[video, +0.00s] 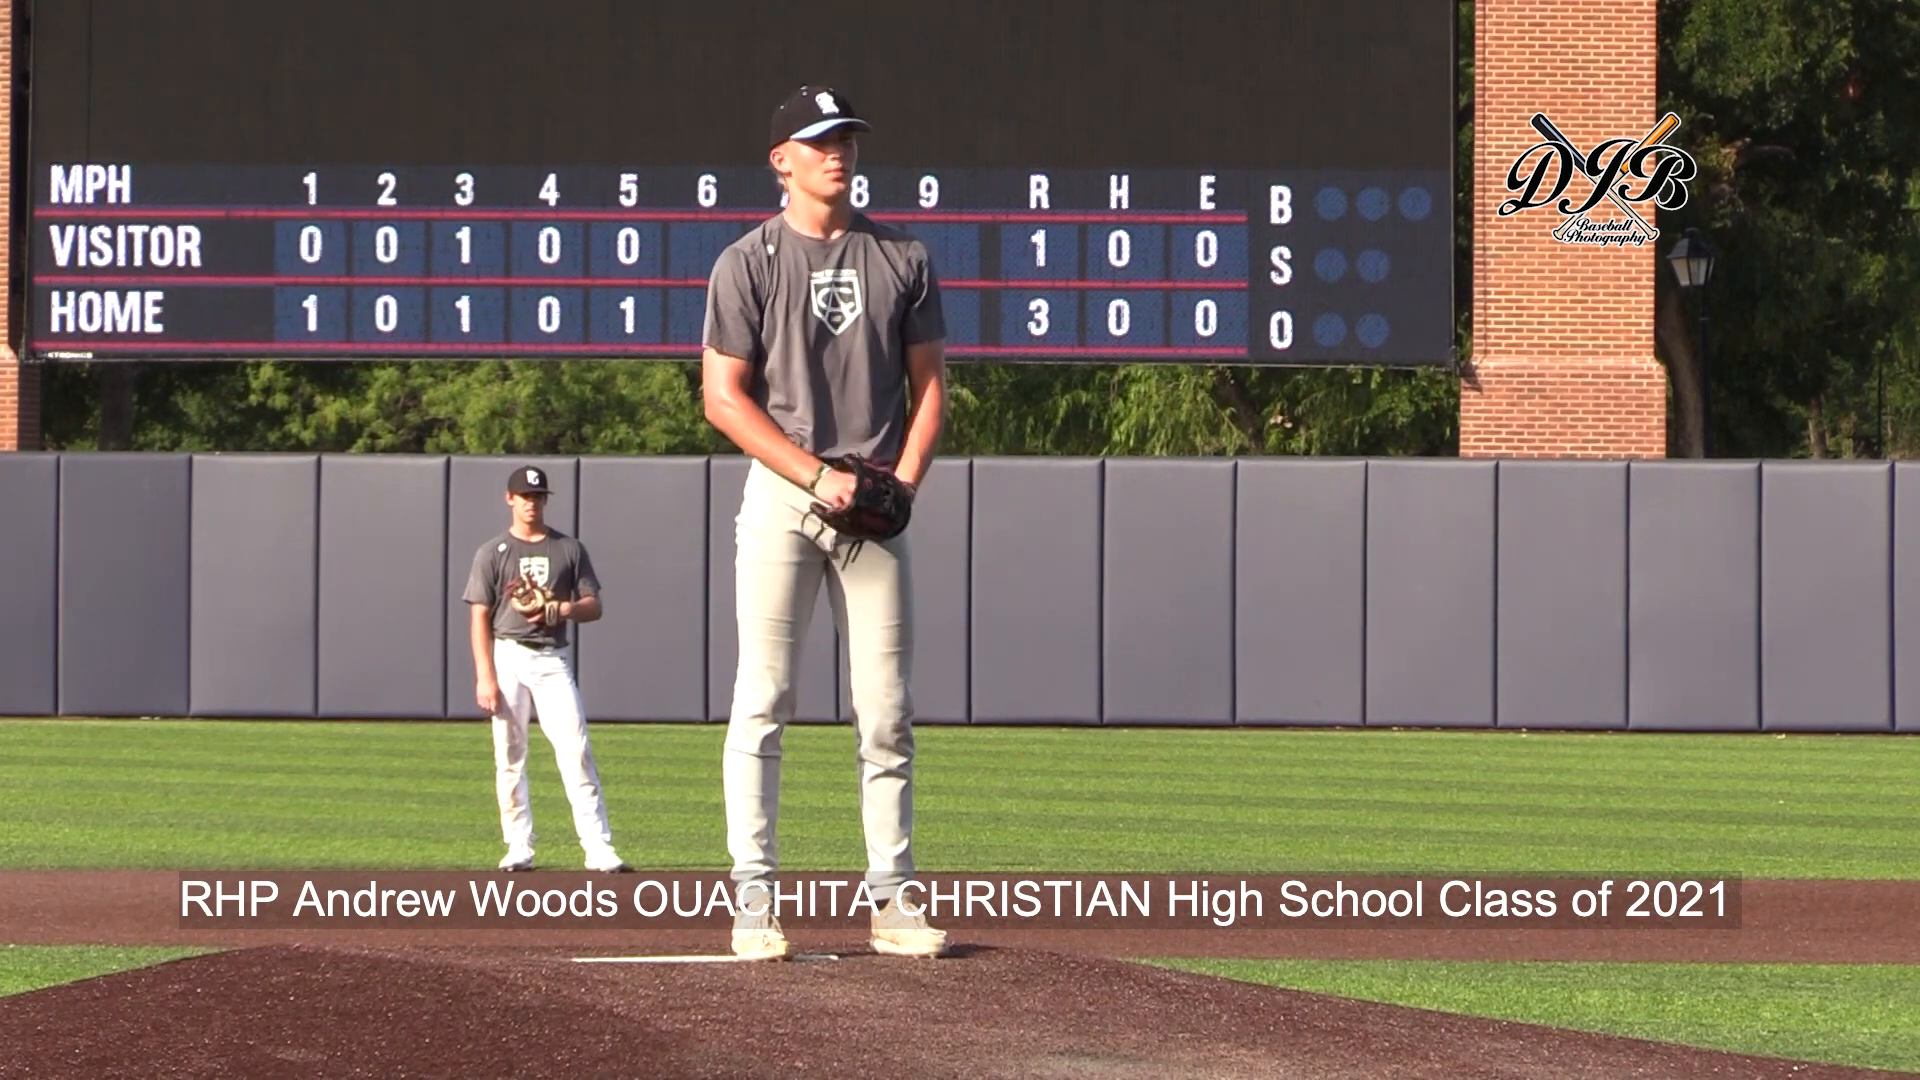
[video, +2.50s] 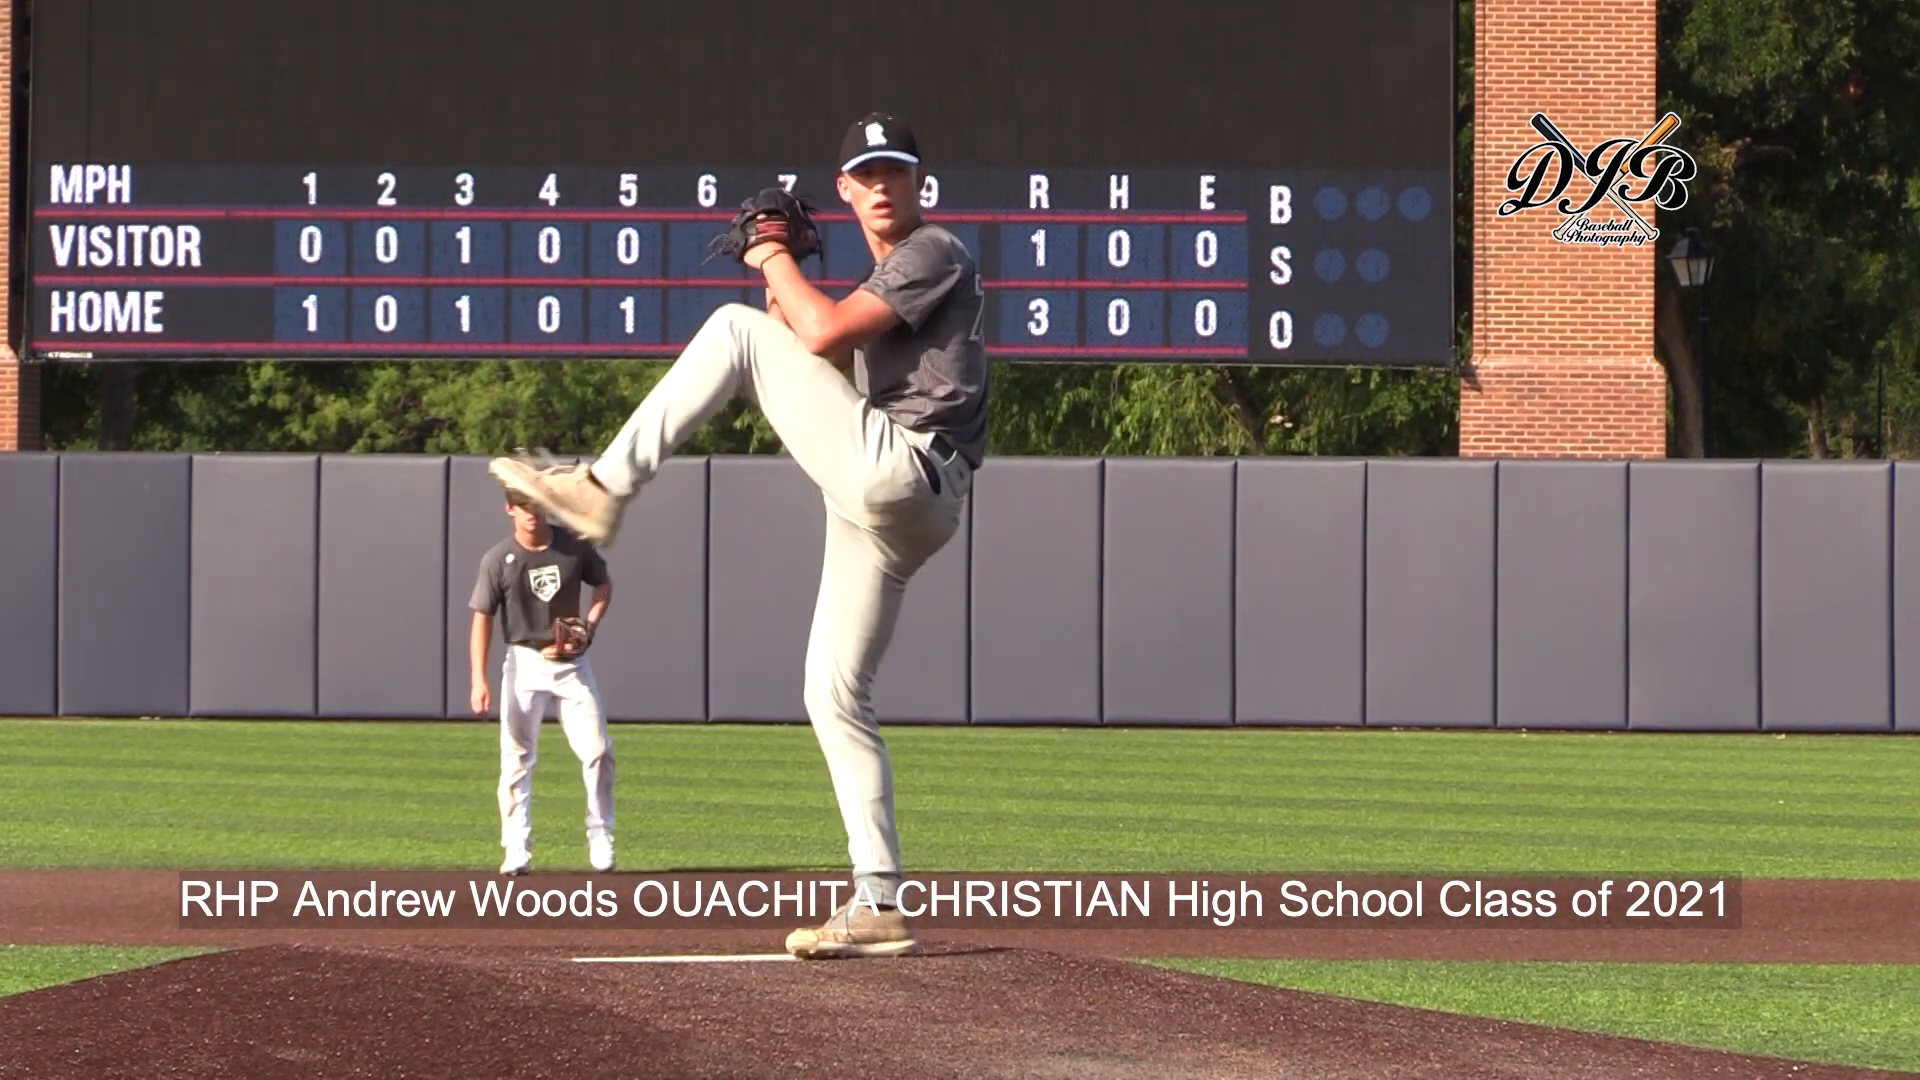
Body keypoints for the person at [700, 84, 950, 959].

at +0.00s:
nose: (839, 158)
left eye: (846, 144)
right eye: (821, 146)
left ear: (857, 157)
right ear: (782, 160)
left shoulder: (901, 259)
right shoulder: (745, 263)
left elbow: (931, 386)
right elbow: (721, 397)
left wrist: (901, 487)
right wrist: (816, 474)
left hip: (875, 502)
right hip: (778, 500)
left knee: (886, 710)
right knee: (764, 700)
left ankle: (892, 897)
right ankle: (754, 898)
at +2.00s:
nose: (901, 165)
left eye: (911, 150)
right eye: (884, 153)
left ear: (930, 160)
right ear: (857, 167)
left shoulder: (953, 244)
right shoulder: (858, 263)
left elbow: (932, 383)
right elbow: (846, 381)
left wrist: (817, 423)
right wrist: (784, 405)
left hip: (930, 486)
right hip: (867, 490)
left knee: (870, 686)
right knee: (851, 697)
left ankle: (940, 882)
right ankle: (880, 898)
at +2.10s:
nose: (895, 165)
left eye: (906, 150)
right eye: (879, 153)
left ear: (926, 160)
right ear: (853, 166)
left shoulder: (948, 243)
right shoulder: (865, 261)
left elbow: (914, 378)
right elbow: (849, 368)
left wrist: (796, 391)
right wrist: (780, 368)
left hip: (925, 479)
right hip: (873, 479)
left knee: (797, 630)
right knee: (868, 696)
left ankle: (872, 829)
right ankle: (874, 908)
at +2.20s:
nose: (889, 168)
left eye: (902, 153)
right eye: (873, 155)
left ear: (925, 162)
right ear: (851, 170)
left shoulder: (946, 242)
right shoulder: (869, 264)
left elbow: (893, 371)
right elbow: (853, 387)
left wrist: (778, 343)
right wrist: (779, 342)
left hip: (920, 475)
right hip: (885, 476)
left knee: (741, 557)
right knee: (863, 704)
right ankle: (882, 906)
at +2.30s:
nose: (886, 173)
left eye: (899, 157)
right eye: (870, 160)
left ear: (924, 166)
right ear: (850, 174)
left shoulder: (943, 242)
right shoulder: (875, 263)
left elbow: (871, 360)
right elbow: (839, 380)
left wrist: (773, 303)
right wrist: (778, 309)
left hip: (918, 473)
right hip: (894, 477)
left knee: (713, 481)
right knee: (864, 702)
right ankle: (879, 907)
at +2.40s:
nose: (885, 178)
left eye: (897, 162)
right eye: (869, 165)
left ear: (922, 170)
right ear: (848, 178)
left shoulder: (937, 243)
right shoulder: (878, 264)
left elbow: (845, 346)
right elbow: (811, 365)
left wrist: (773, 276)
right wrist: (779, 276)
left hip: (910, 468)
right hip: (898, 488)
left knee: (711, 403)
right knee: (854, 698)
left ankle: (575, 565)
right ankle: (878, 905)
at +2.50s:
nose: (879, 192)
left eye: (894, 175)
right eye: (864, 178)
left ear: (921, 183)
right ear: (846, 191)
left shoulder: (936, 252)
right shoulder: (877, 273)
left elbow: (825, 329)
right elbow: (824, 348)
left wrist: (773, 252)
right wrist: (780, 263)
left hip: (900, 469)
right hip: (883, 500)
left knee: (742, 326)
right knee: (839, 697)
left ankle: (600, 489)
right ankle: (878, 906)